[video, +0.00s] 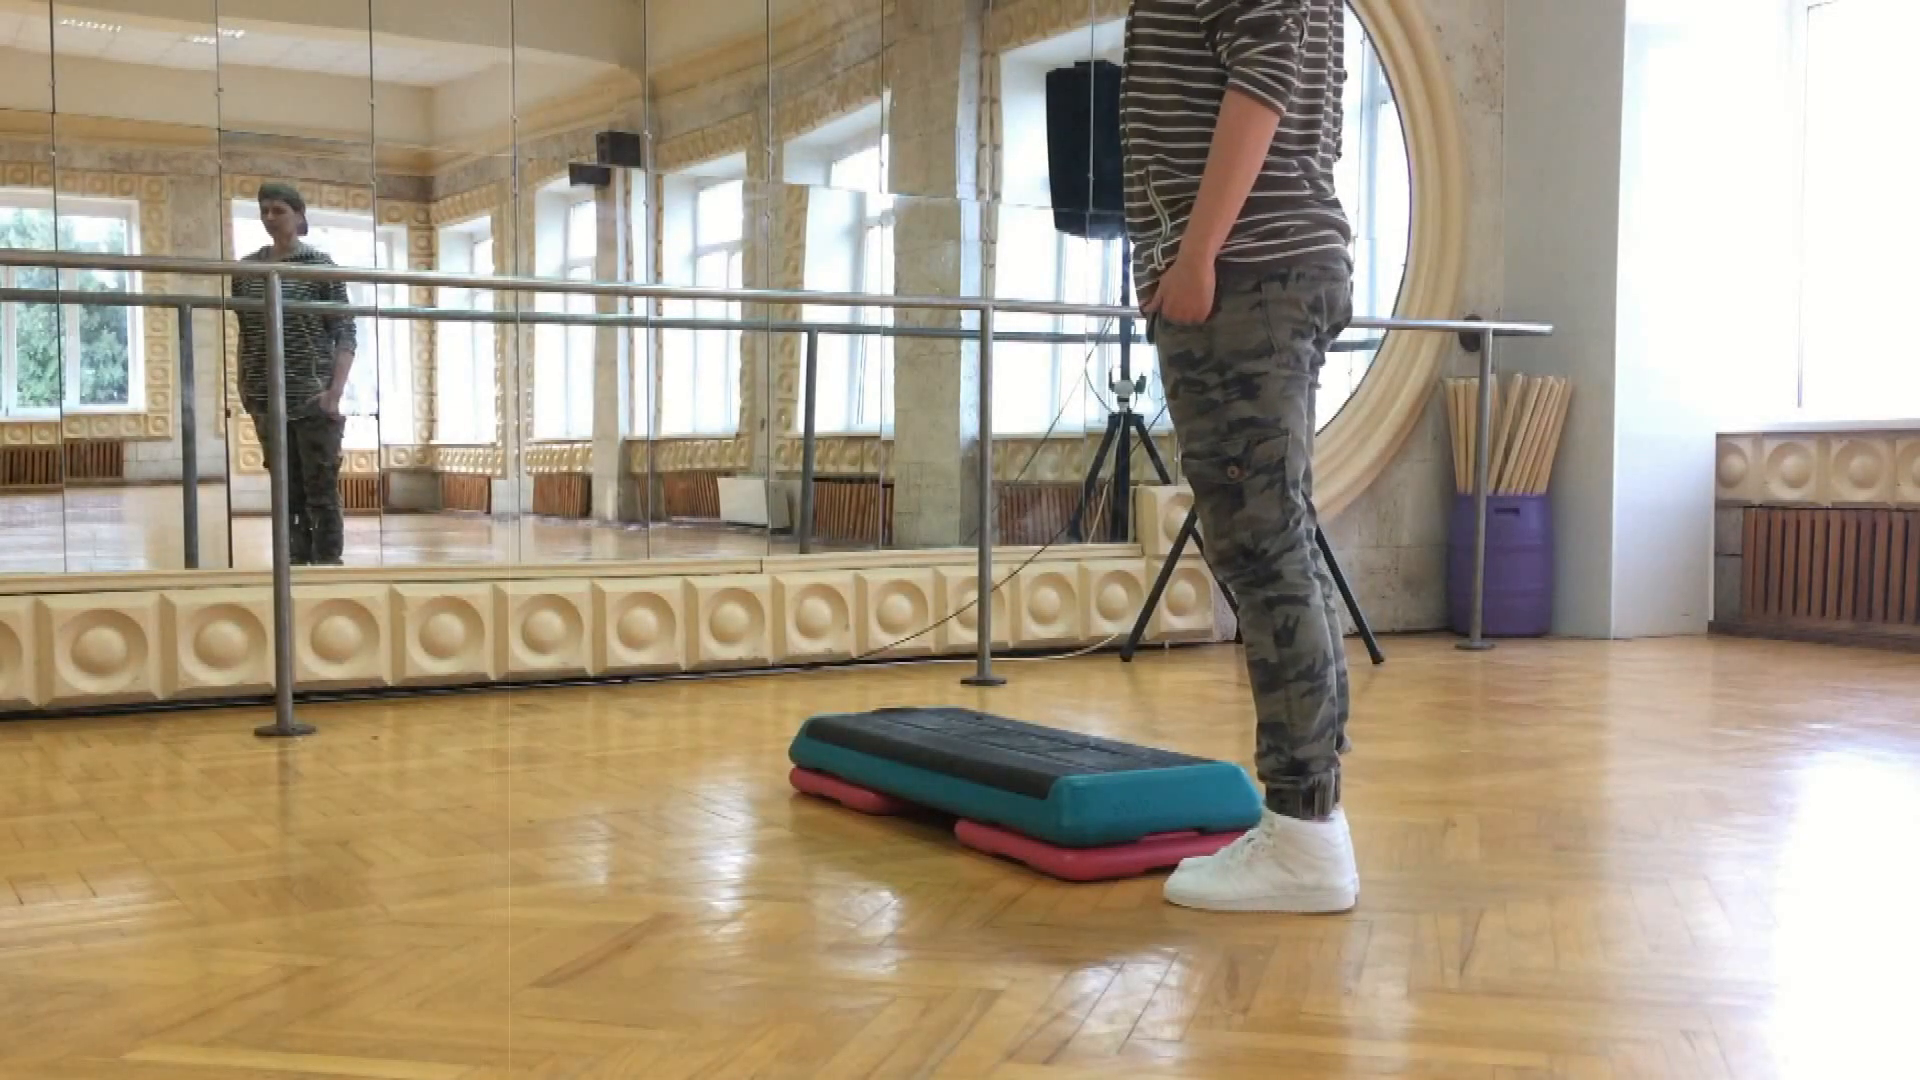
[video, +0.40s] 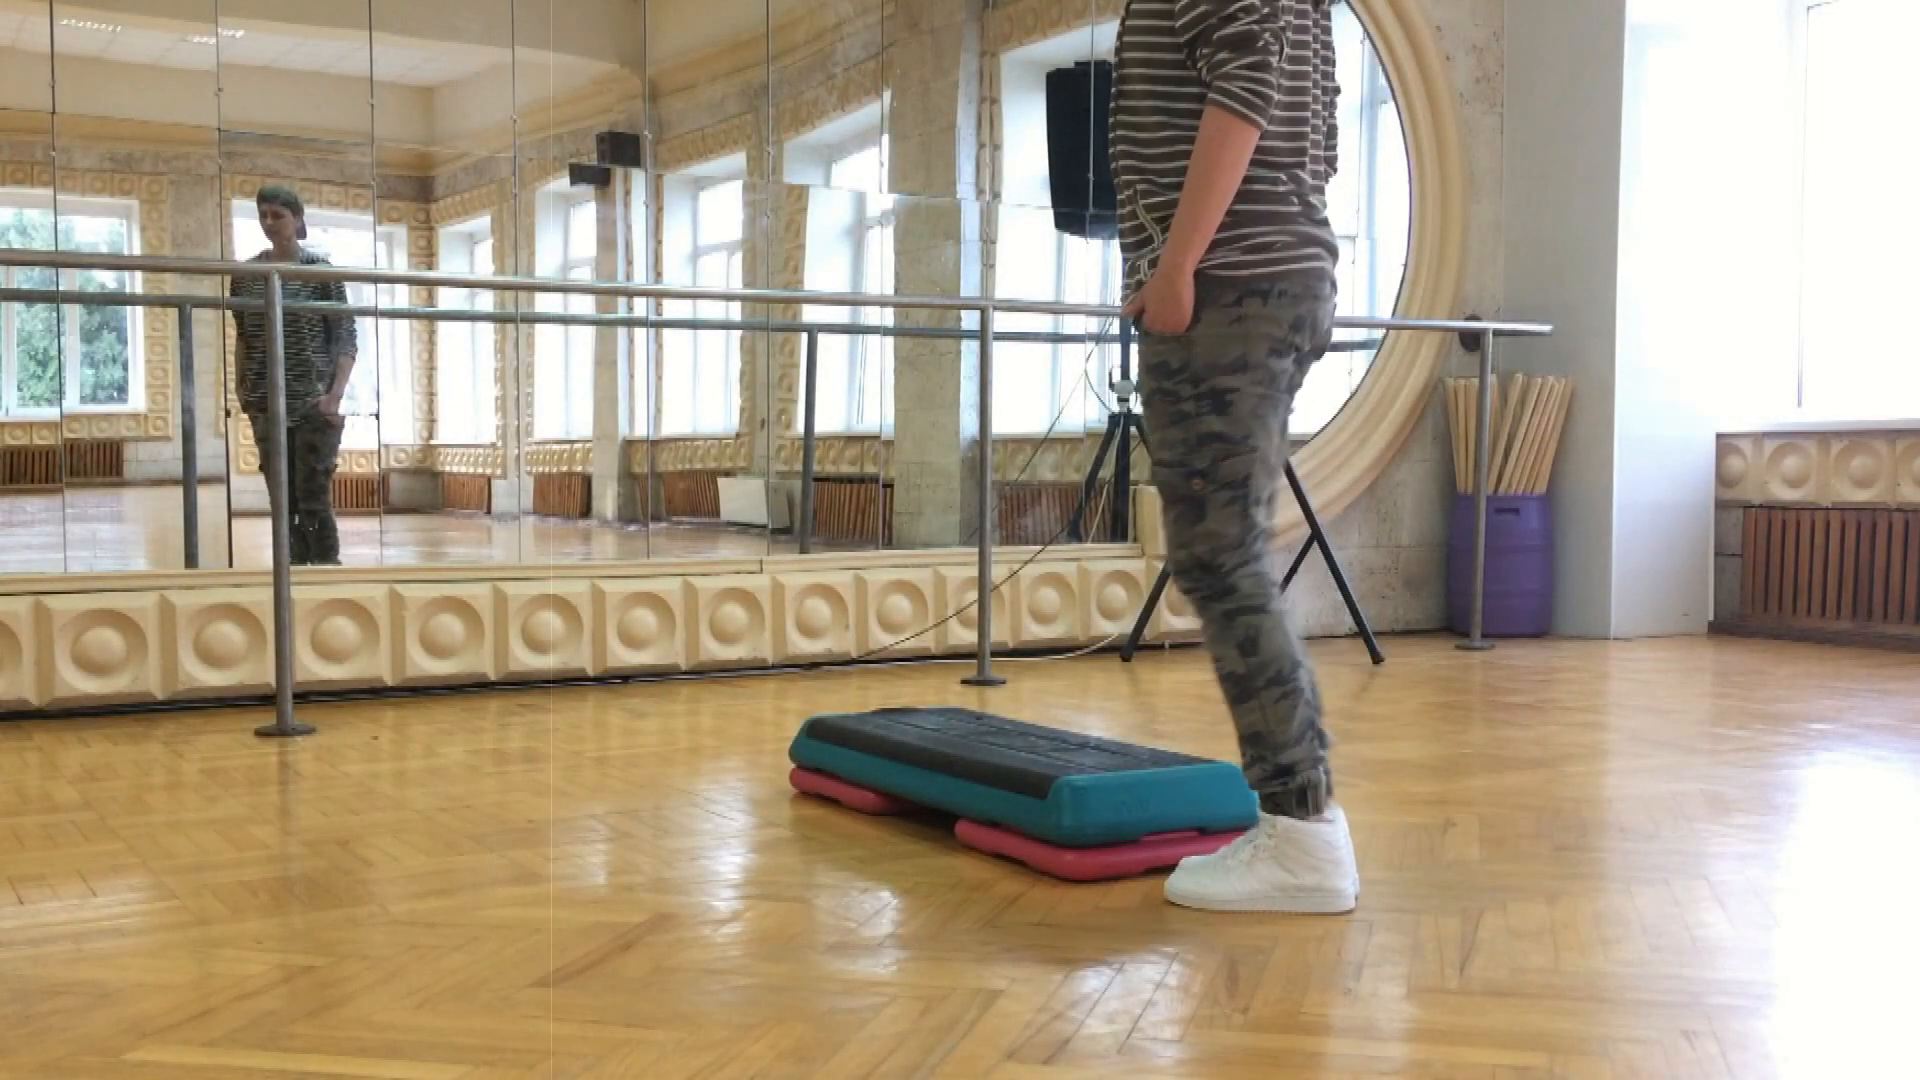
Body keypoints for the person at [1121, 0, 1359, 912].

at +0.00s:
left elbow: (1267, 76)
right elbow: (1268, 91)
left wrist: (1195, 254)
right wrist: (1186, 253)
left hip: (1246, 275)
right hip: (1256, 270)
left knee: (1260, 547)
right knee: (1271, 543)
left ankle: (1303, 835)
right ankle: (1305, 821)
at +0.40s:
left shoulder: (1233, 0)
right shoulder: (1288, 10)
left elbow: (1244, 93)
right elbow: (1315, 148)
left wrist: (1176, 264)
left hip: (1230, 287)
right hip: (1268, 283)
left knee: (1220, 559)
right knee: (1228, 555)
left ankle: (1303, 838)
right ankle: (1302, 824)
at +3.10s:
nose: (727, 22)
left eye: (725, 16)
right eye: (724, 14)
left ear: (636, 21)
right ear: (704, 12)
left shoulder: (574, 107)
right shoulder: (710, 73)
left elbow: (509, 223)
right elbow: (692, 189)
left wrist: (545, 336)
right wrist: (739, 331)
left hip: (568, 354)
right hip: (668, 350)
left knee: (552, 571)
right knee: (775, 516)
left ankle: (435, 763)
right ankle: (682, 709)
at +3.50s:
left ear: (854, 4)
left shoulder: (852, 83)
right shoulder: (754, 28)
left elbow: (830, 230)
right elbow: (672, 167)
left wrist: (852, 333)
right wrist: (721, 309)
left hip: (833, 359)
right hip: (749, 342)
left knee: (897, 550)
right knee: (817, 544)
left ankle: (695, 619)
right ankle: (781, 786)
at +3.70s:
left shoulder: (985, 60)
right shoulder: (838, 21)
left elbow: (966, 186)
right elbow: (755, 156)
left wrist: (973, 287)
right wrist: (775, 295)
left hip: (950, 324)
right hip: (832, 328)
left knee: (1085, 446)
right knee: (842, 543)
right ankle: (790, 778)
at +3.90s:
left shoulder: (1127, 10)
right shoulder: (917, 7)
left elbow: (1137, 138)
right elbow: (874, 145)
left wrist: (1144, 252)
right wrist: (892, 261)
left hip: (1091, 288)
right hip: (959, 290)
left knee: (1146, 464)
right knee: (951, 467)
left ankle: (1094, 690)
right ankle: (905, 646)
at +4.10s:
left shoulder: (1201, 7)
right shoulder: (993, 16)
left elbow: (1235, 130)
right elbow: (978, 162)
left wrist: (1245, 254)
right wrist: (1003, 292)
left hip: (1192, 292)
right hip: (1068, 310)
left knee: (1179, 484)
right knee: (1087, 523)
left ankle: (1094, 690)